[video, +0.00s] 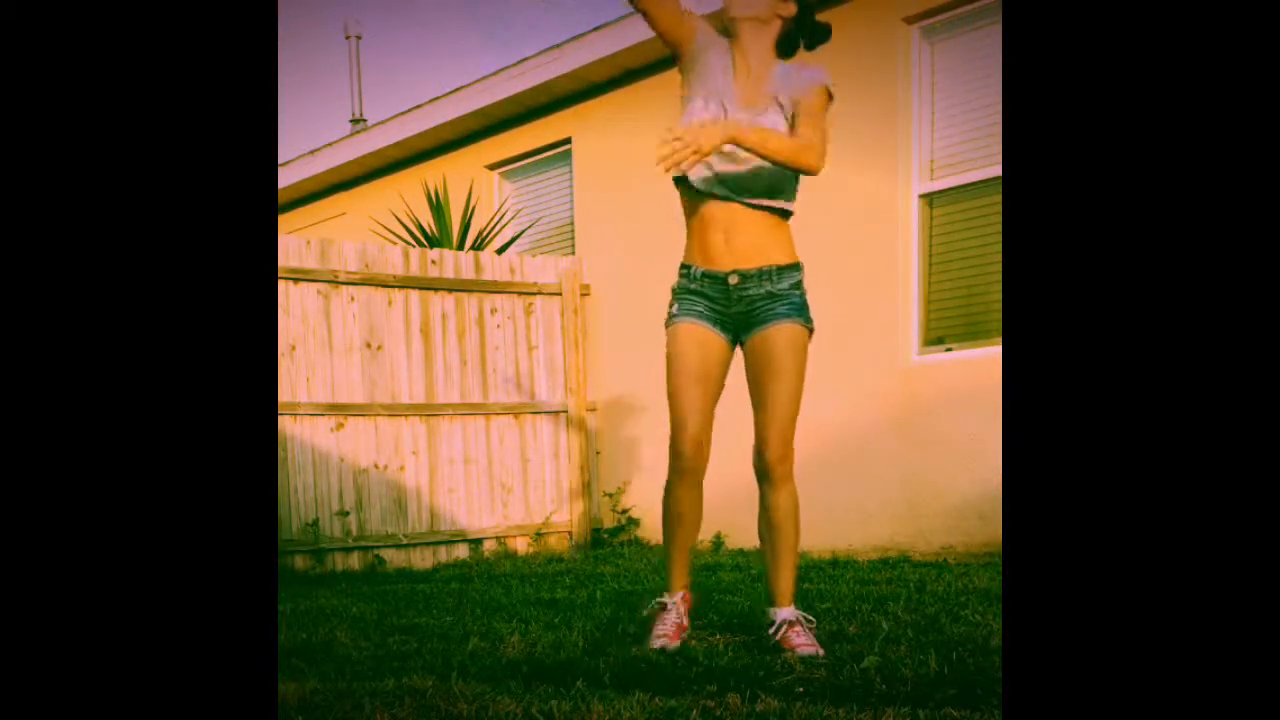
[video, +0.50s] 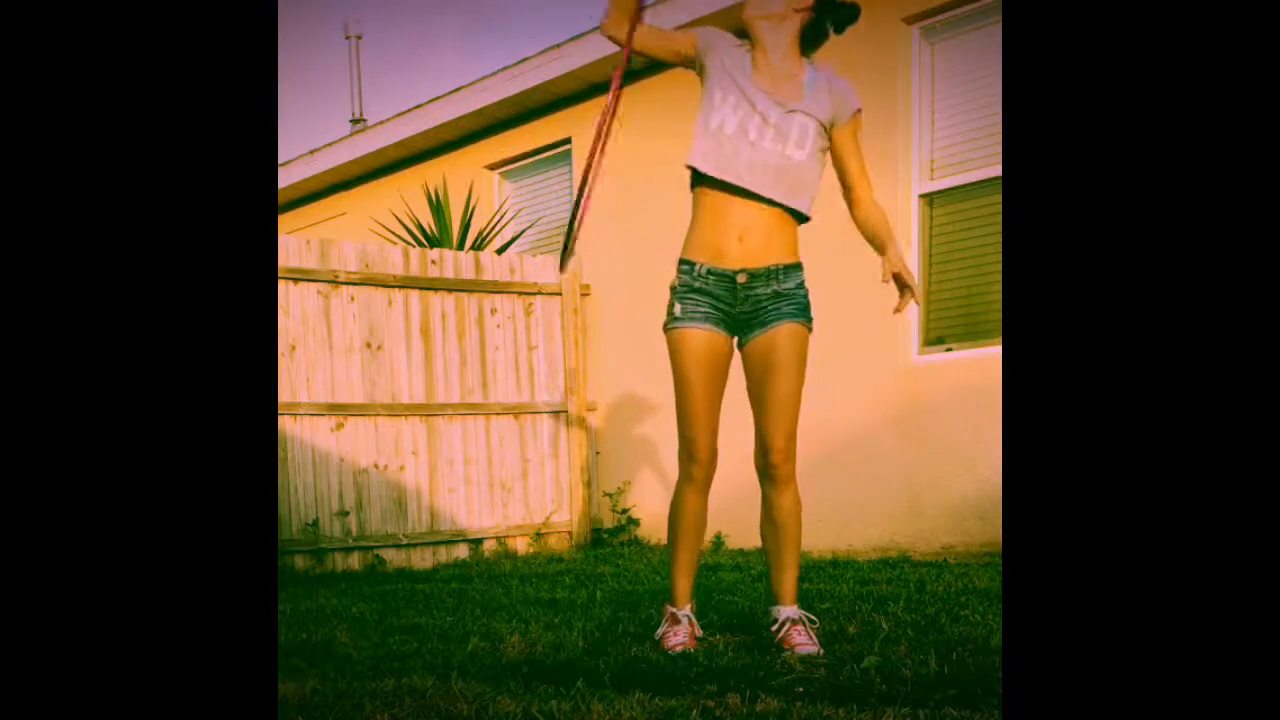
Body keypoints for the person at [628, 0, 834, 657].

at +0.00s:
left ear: (785, 8)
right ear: (730, 7)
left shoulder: (807, 82)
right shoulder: (700, 48)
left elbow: (811, 156)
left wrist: (730, 129)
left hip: (777, 288)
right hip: (699, 288)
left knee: (774, 460)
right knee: (686, 451)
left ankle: (785, 613)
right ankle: (675, 602)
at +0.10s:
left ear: (793, 12)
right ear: (743, 11)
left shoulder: (815, 86)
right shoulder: (703, 46)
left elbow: (850, 184)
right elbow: (613, 2)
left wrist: (800, 179)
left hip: (776, 290)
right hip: (698, 289)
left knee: (775, 461)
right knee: (700, 454)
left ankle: (785, 613)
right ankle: (677, 610)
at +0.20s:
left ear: (800, 11)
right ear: (749, 11)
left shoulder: (819, 89)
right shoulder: (704, 46)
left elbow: (867, 193)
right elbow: (609, 12)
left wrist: (856, 221)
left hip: (772, 289)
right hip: (693, 286)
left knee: (772, 462)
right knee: (695, 460)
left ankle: (785, 613)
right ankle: (678, 611)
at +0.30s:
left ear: (802, 8)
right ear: (751, 10)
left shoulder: (823, 87)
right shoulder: (708, 47)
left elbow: (865, 185)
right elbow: (622, 21)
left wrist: (887, 238)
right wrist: (571, 1)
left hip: (771, 289)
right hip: (691, 286)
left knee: (774, 462)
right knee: (694, 461)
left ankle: (787, 612)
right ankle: (679, 612)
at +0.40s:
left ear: (802, 5)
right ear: (752, 7)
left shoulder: (829, 88)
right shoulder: (713, 49)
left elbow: (862, 189)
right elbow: (616, 27)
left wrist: (895, 252)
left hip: (774, 291)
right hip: (694, 286)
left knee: (775, 461)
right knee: (692, 459)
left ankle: (788, 612)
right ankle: (679, 611)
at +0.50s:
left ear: (803, 5)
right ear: (753, 8)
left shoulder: (833, 93)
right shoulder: (714, 50)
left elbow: (859, 194)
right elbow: (619, 27)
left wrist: (891, 248)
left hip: (779, 291)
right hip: (699, 287)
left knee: (777, 461)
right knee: (696, 461)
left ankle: (787, 612)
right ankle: (679, 611)